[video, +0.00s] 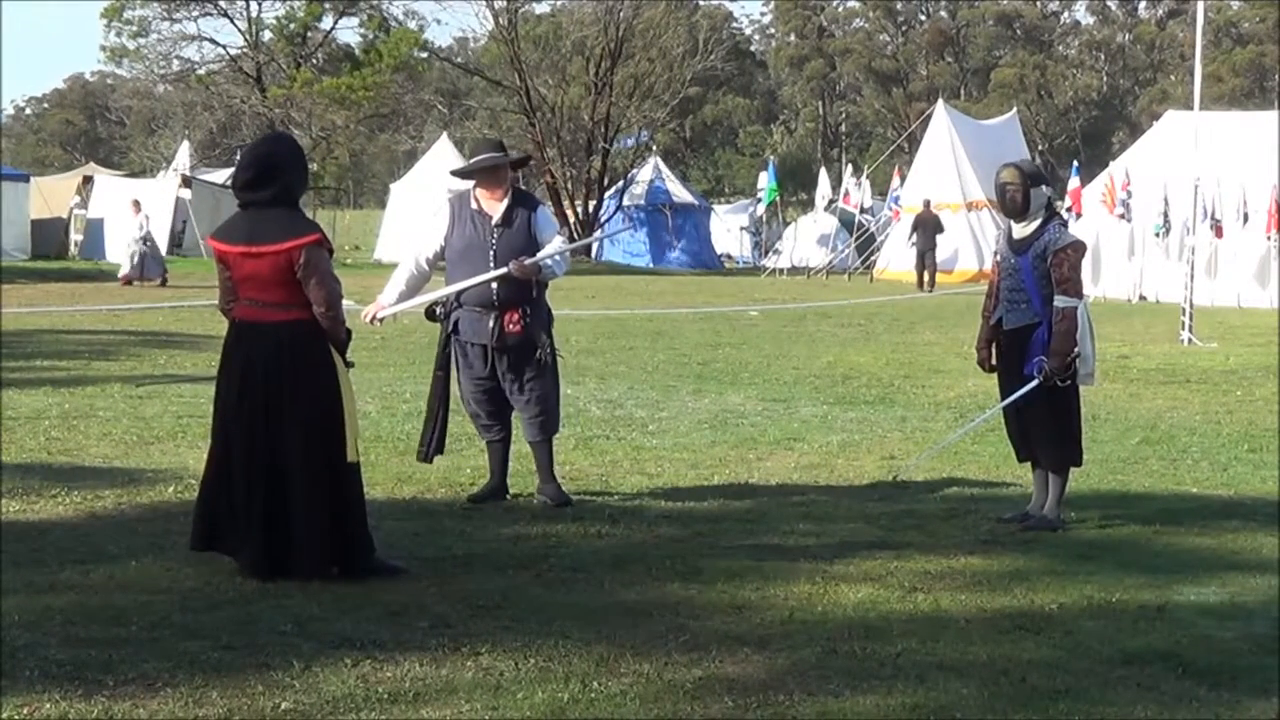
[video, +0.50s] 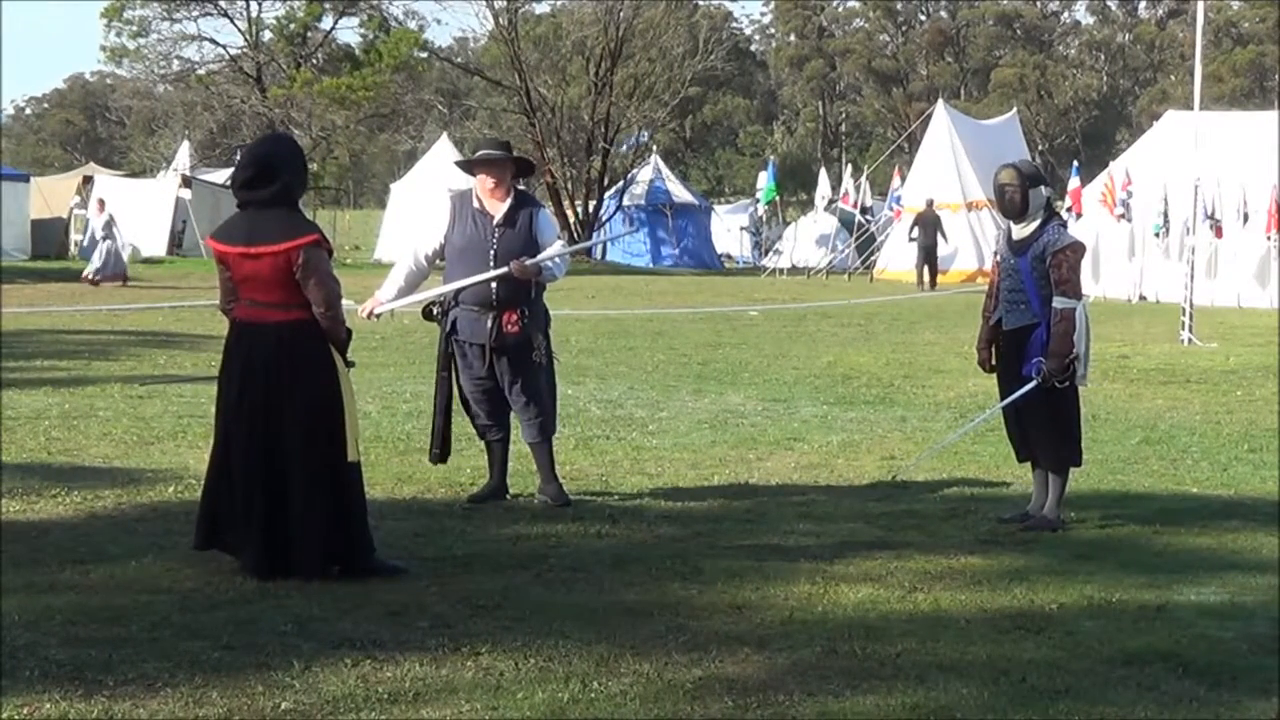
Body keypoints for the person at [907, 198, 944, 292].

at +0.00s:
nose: (926, 207)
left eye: (925, 205)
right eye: (927, 205)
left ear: (923, 205)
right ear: (930, 205)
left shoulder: (918, 216)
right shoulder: (935, 216)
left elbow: (913, 228)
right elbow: (941, 229)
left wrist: (909, 238)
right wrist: (933, 231)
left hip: (920, 245)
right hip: (930, 245)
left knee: (919, 266)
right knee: (931, 265)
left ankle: (920, 285)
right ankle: (930, 285)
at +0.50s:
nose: (931, 206)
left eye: (929, 204)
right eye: (931, 204)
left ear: (925, 204)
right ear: (933, 204)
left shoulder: (920, 215)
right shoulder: (936, 216)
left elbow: (912, 226)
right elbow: (940, 228)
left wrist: (909, 236)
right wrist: (945, 238)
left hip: (922, 243)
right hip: (932, 244)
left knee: (920, 263)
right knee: (933, 264)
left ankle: (920, 284)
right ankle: (933, 283)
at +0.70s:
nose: (933, 205)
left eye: (932, 204)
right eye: (934, 204)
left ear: (928, 203)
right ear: (936, 204)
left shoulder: (923, 214)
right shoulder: (939, 216)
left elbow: (917, 225)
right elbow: (943, 229)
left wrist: (914, 235)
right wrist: (948, 240)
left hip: (925, 243)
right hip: (935, 243)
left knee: (923, 261)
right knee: (936, 263)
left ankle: (922, 277)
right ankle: (934, 282)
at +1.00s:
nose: (937, 205)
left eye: (935, 204)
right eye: (938, 204)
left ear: (932, 204)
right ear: (939, 204)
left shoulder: (927, 215)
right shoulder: (942, 215)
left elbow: (922, 226)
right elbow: (950, 228)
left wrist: (919, 235)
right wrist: (944, 223)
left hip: (929, 242)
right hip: (938, 242)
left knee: (930, 261)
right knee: (937, 262)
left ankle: (931, 279)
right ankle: (933, 282)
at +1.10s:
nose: (940, 207)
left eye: (938, 205)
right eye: (940, 205)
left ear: (933, 205)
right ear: (940, 205)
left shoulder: (928, 216)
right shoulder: (943, 217)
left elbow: (923, 227)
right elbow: (951, 230)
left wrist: (920, 236)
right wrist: (944, 225)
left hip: (930, 243)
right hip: (939, 243)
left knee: (931, 262)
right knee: (939, 262)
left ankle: (932, 281)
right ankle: (934, 282)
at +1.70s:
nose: (959, 208)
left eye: (958, 206)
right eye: (958, 206)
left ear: (951, 206)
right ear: (957, 206)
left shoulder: (945, 216)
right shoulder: (960, 217)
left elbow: (940, 230)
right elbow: (962, 231)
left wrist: (944, 237)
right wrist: (966, 239)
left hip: (948, 243)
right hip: (958, 243)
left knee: (944, 262)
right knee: (959, 263)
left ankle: (938, 279)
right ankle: (958, 282)